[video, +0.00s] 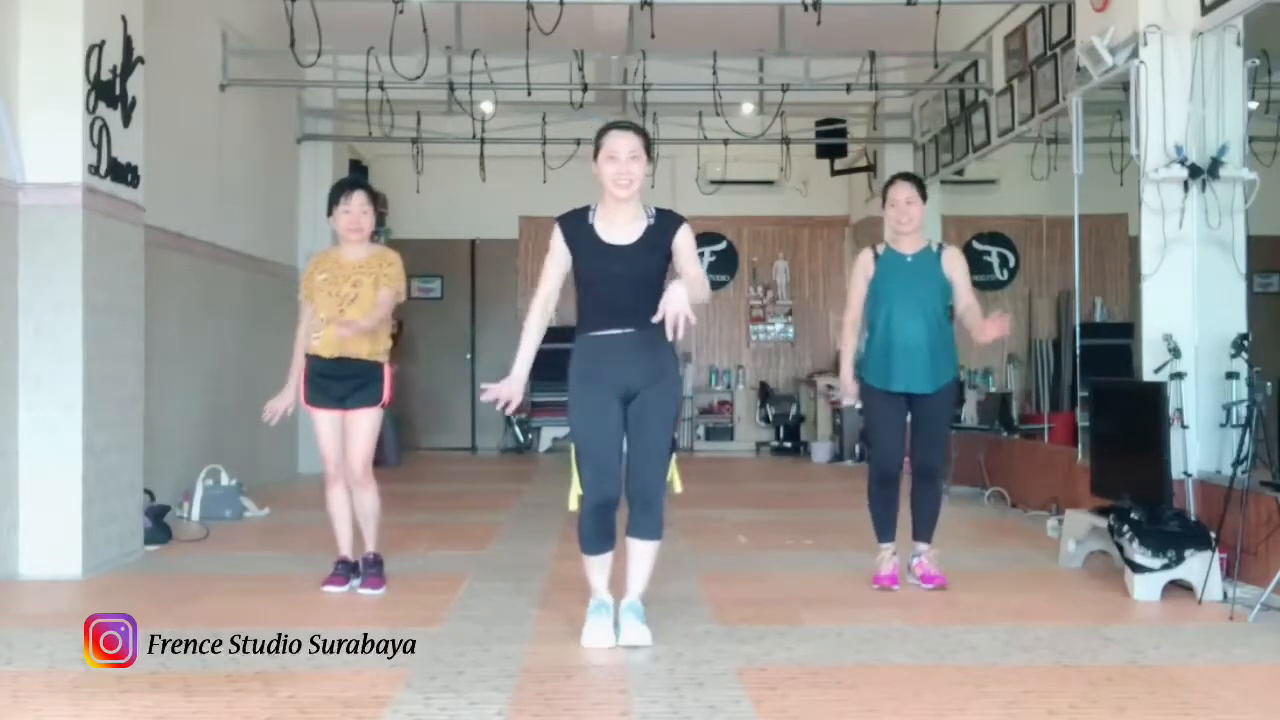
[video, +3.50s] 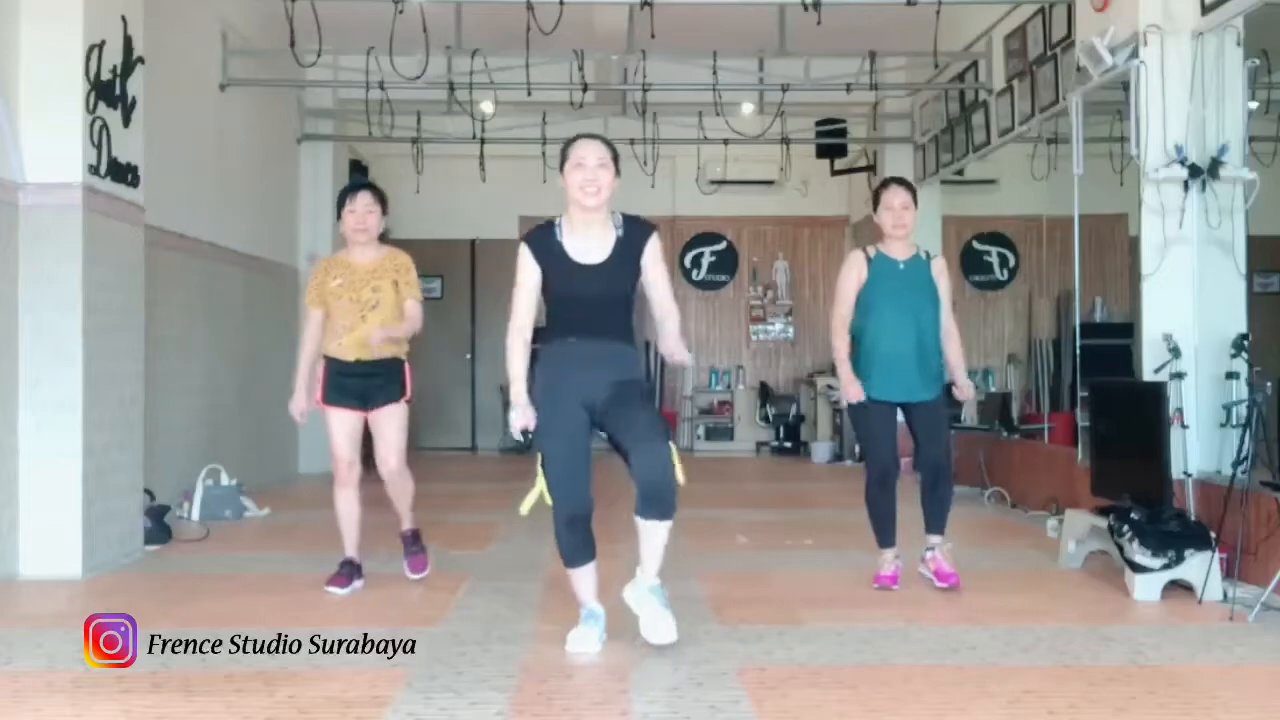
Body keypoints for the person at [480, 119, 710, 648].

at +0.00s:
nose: (624, 168)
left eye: (633, 158)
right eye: (613, 158)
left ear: (648, 167)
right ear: (595, 165)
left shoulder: (672, 228)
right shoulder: (570, 229)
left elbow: (703, 291)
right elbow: (542, 305)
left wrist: (681, 287)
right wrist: (518, 374)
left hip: (655, 367)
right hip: (592, 369)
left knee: (648, 488)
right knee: (599, 491)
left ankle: (633, 605)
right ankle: (599, 602)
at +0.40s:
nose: (608, 172)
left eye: (619, 162)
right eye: (598, 161)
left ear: (637, 170)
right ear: (581, 168)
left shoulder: (658, 223)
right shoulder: (556, 229)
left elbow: (684, 285)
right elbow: (516, 294)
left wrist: (701, 341)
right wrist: (480, 357)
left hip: (636, 369)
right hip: (572, 370)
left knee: (640, 494)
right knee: (578, 496)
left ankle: (631, 605)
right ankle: (589, 611)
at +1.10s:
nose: (594, 176)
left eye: (604, 168)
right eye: (583, 168)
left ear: (620, 178)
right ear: (566, 178)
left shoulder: (641, 235)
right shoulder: (540, 242)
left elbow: (660, 292)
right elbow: (509, 320)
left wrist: (666, 354)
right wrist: (540, 298)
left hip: (624, 375)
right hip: (559, 378)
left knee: (637, 475)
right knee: (571, 503)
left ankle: (628, 607)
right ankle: (589, 613)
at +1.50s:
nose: (589, 180)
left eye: (599, 171)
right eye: (579, 171)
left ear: (615, 183)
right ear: (561, 181)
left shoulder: (640, 243)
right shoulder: (538, 249)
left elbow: (655, 316)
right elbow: (522, 326)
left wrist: (668, 378)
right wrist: (530, 381)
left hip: (625, 385)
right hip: (558, 387)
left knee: (645, 475)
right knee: (566, 503)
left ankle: (639, 595)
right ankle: (590, 611)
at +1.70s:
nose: (592, 163)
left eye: (603, 154)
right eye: (580, 153)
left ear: (618, 164)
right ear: (564, 162)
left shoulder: (641, 220)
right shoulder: (538, 227)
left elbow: (671, 290)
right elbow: (514, 307)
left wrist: (662, 311)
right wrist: (504, 381)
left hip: (626, 366)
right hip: (562, 368)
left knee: (651, 489)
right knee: (575, 494)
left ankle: (636, 565)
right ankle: (588, 609)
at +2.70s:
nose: (590, 168)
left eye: (601, 158)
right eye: (579, 158)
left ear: (616, 167)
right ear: (561, 165)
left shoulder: (637, 226)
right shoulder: (535, 230)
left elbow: (663, 300)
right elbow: (512, 307)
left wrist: (683, 371)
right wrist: (529, 319)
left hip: (626, 368)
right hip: (561, 369)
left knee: (644, 481)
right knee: (575, 498)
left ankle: (639, 618)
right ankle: (590, 612)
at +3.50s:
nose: (590, 175)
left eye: (600, 167)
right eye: (579, 166)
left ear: (615, 178)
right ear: (562, 177)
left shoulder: (640, 237)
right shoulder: (537, 245)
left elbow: (664, 304)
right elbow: (520, 327)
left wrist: (669, 339)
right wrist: (519, 397)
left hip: (624, 380)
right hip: (558, 382)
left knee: (658, 472)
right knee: (570, 504)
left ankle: (646, 584)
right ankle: (590, 612)